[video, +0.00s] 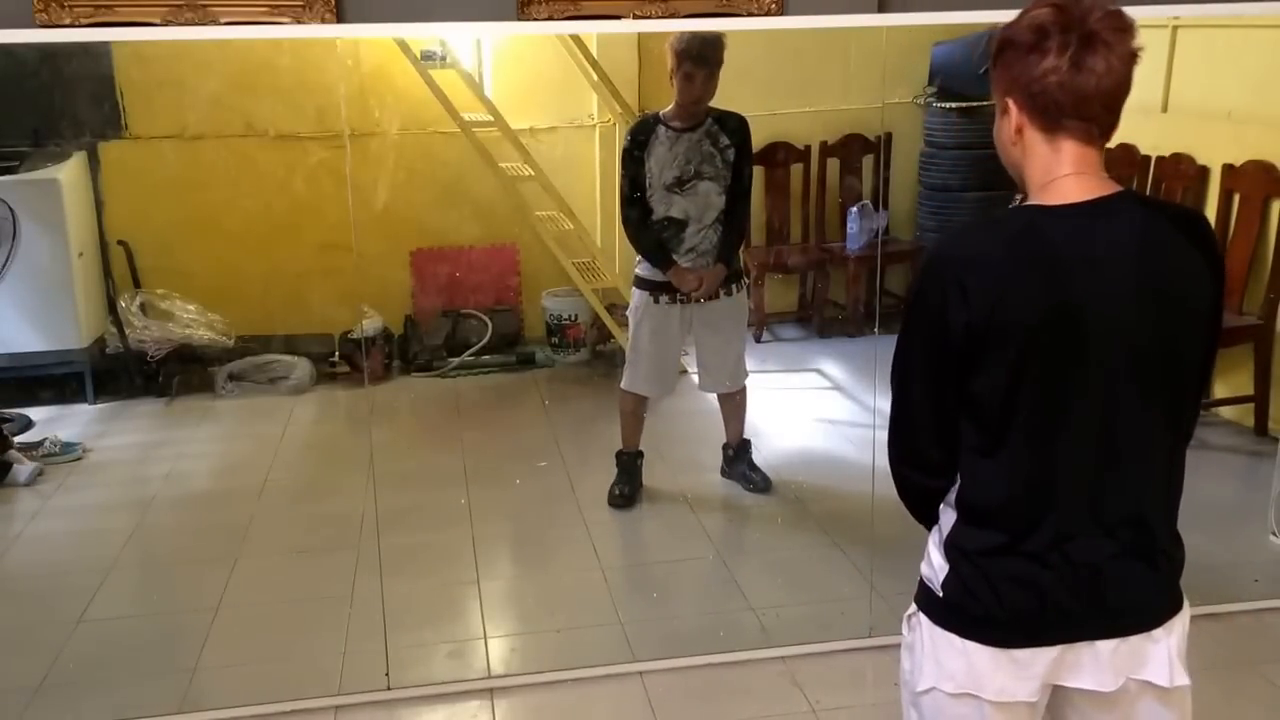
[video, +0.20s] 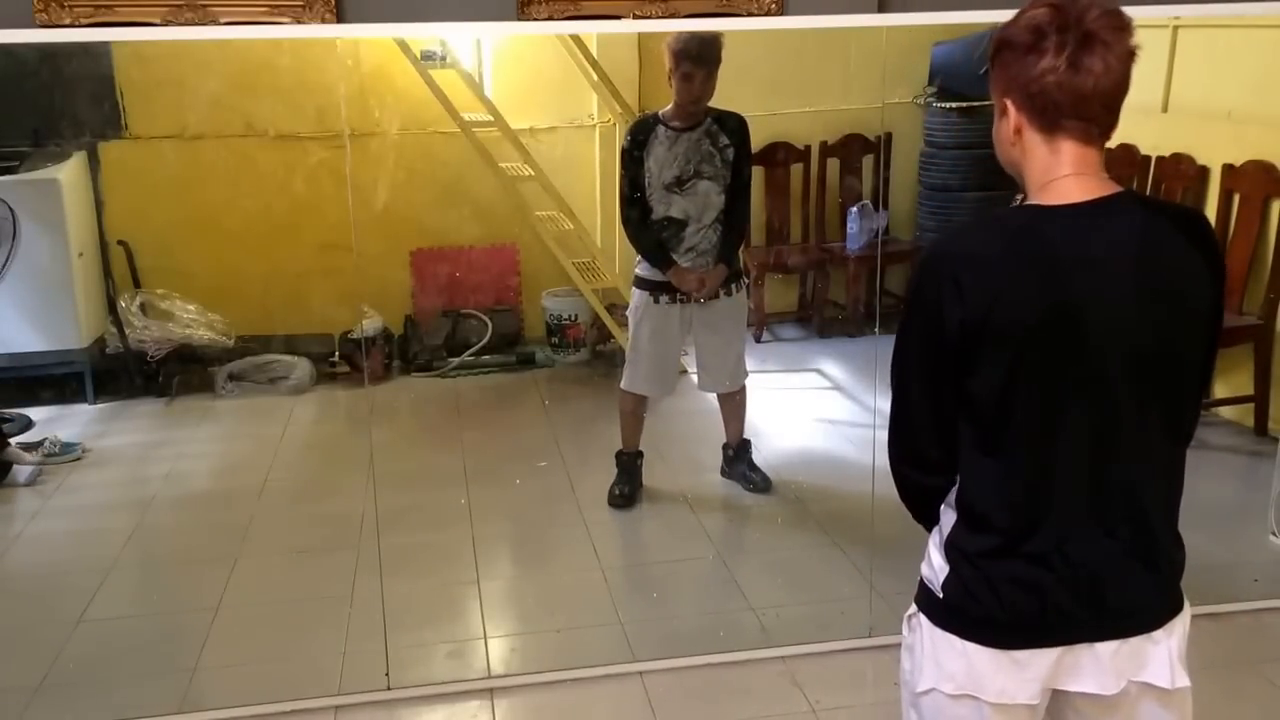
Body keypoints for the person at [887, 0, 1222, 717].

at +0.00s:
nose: (994, 127)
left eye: (993, 109)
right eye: (993, 108)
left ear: (1012, 116)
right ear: (1109, 113)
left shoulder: (962, 263)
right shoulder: (1188, 247)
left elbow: (917, 462)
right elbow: (1176, 424)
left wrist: (983, 537)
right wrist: (1112, 519)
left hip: (984, 621)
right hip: (1138, 618)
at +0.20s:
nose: (993, 127)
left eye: (992, 109)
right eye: (992, 109)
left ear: (1011, 117)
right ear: (1109, 112)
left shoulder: (960, 262)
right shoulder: (1188, 245)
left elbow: (917, 459)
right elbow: (1178, 423)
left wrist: (983, 538)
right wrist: (1113, 517)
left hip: (985, 621)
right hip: (1140, 617)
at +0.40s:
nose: (985, 124)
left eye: (986, 107)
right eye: (987, 106)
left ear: (1005, 117)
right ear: (1105, 108)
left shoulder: (961, 264)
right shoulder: (1187, 248)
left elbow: (920, 475)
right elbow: (1178, 429)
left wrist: (990, 537)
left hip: (984, 628)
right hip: (1139, 625)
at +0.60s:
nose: (986, 120)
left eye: (987, 103)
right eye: (988, 103)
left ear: (1006, 116)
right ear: (1106, 107)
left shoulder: (961, 264)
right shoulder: (1187, 248)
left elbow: (921, 479)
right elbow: (1178, 429)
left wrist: (988, 536)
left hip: (984, 628)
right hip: (1140, 625)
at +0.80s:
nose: (992, 118)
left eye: (992, 100)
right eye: (992, 99)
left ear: (1011, 113)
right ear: (1111, 105)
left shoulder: (961, 264)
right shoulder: (1187, 248)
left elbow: (922, 480)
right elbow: (1181, 429)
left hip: (985, 628)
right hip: (1141, 627)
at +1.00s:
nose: (993, 118)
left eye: (993, 100)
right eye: (994, 100)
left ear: (1013, 113)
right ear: (1113, 105)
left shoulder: (966, 266)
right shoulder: (1191, 250)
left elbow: (921, 472)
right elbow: (1183, 430)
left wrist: (973, 538)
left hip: (987, 629)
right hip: (1142, 628)